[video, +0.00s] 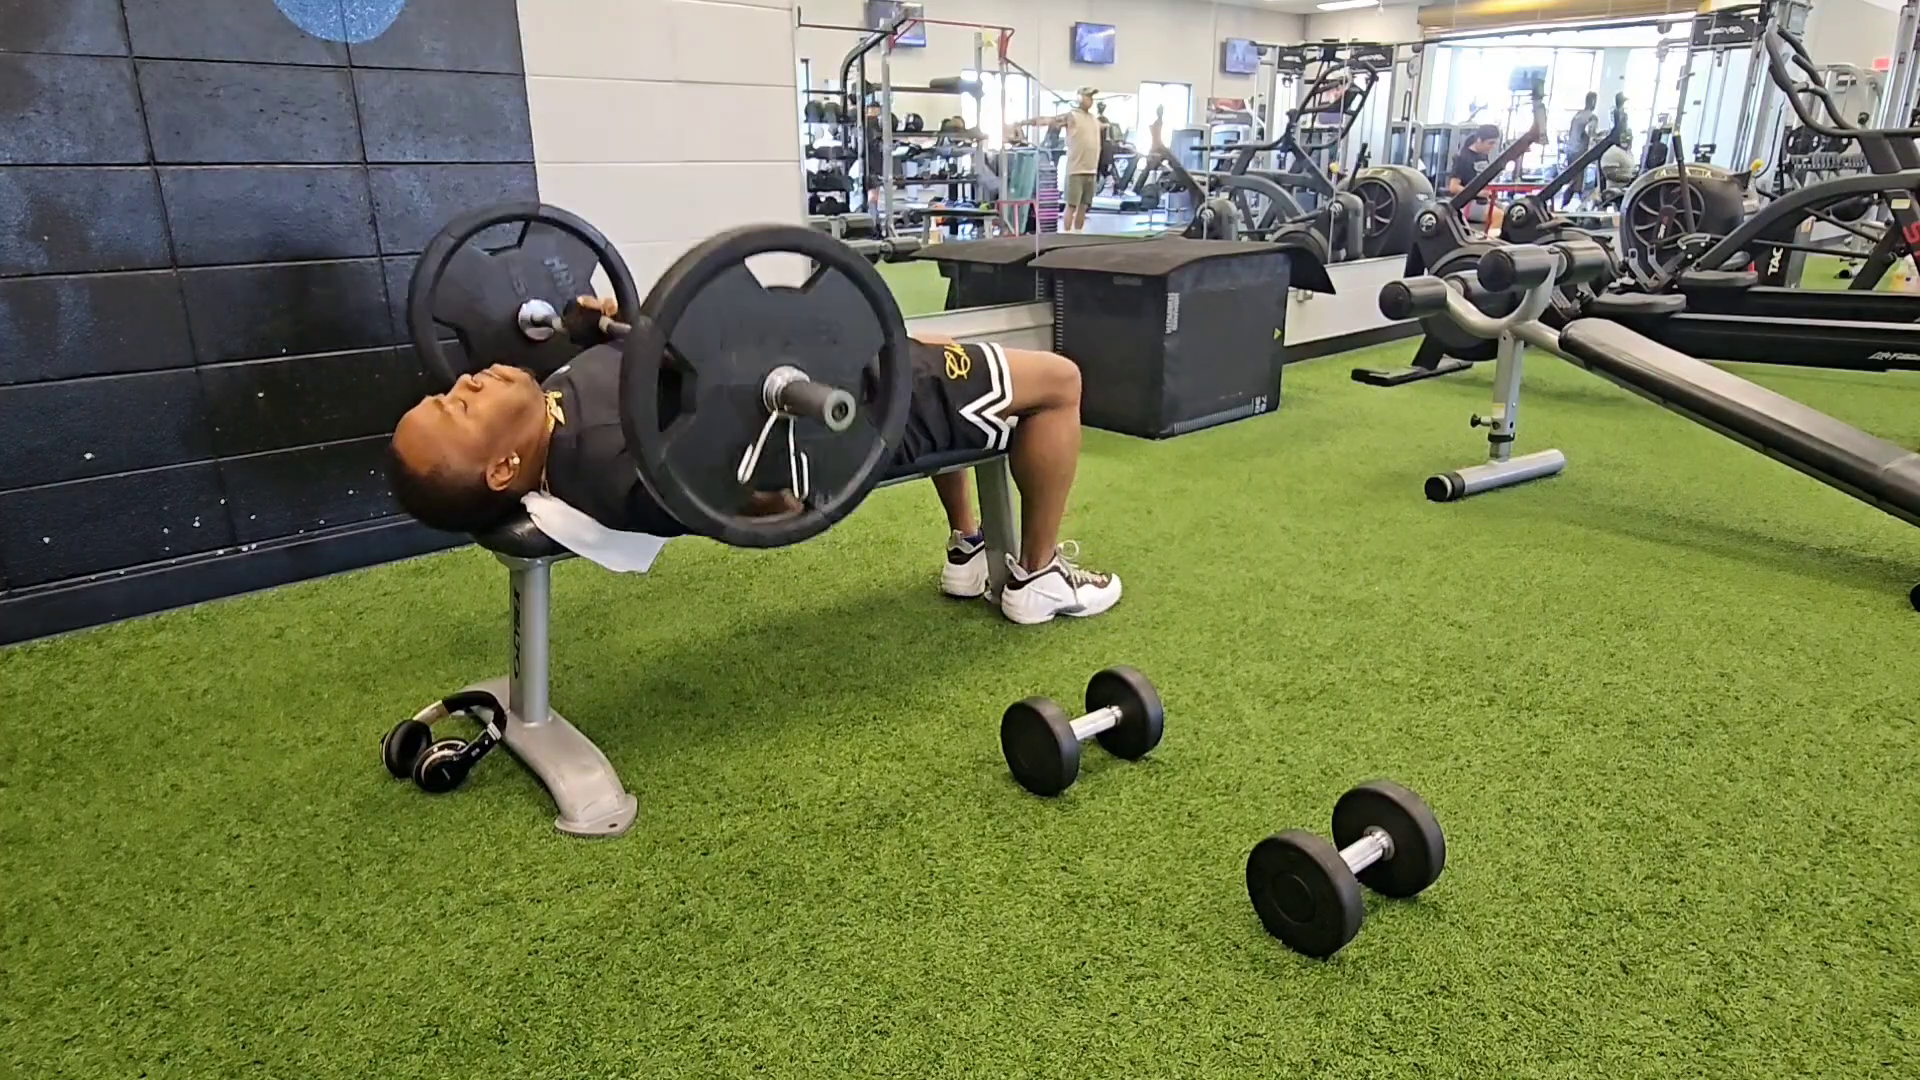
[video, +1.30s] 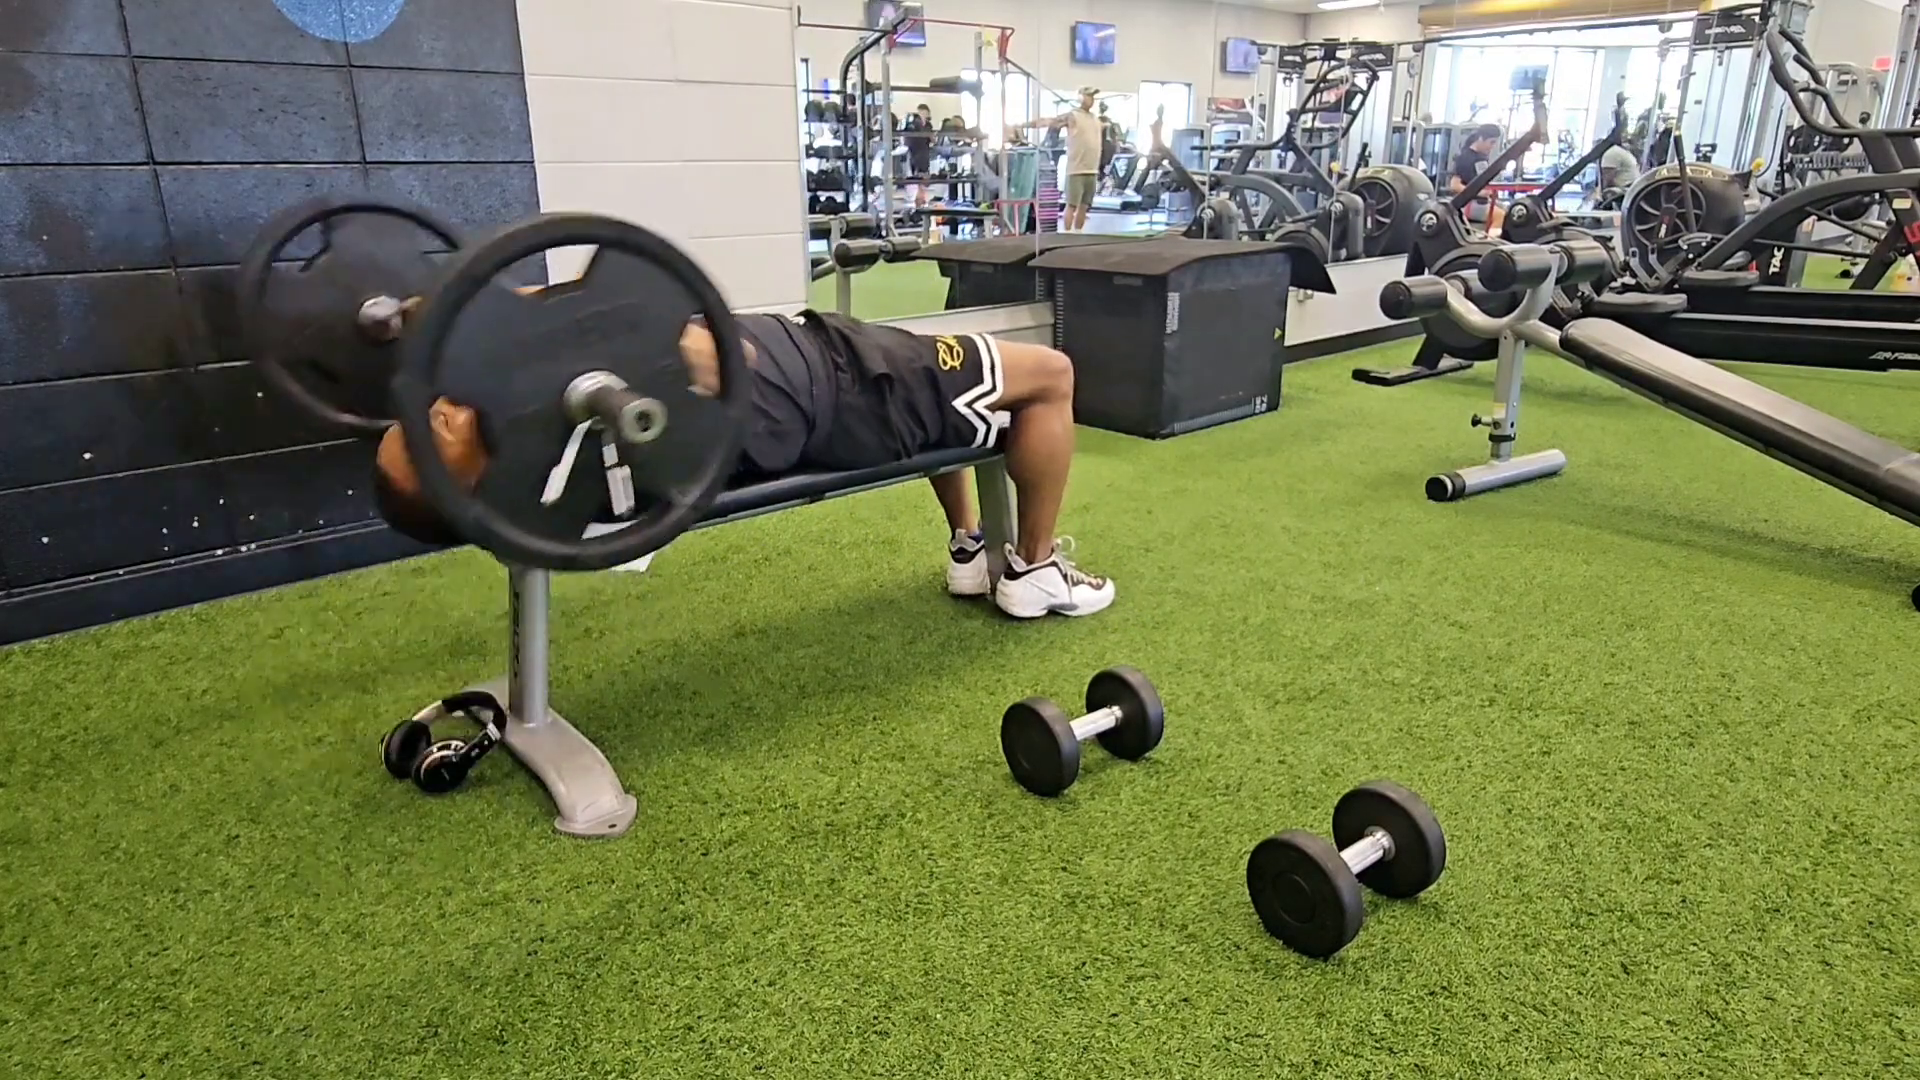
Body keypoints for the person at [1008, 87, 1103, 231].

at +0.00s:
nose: (1091, 100)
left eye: (1091, 97)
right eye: (1088, 97)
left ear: (1090, 100)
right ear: (1080, 98)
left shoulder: (1094, 120)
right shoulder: (1071, 116)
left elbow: (1102, 125)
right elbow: (1048, 121)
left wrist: (1108, 125)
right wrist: (1022, 123)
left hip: (1091, 169)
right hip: (1075, 168)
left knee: (1084, 206)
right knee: (1072, 205)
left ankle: (1078, 235)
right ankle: (1067, 235)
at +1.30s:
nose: (1092, 100)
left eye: (1093, 97)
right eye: (1089, 96)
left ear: (1092, 99)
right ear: (1082, 97)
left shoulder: (1095, 120)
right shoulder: (1072, 116)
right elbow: (1049, 122)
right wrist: (1023, 125)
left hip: (1092, 169)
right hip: (1076, 168)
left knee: (1084, 207)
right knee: (1072, 205)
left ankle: (1077, 235)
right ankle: (1067, 235)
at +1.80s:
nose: (1091, 101)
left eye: (1092, 98)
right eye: (1088, 97)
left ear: (1092, 100)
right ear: (1080, 99)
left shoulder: (1093, 120)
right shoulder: (1071, 117)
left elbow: (1102, 126)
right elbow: (1050, 123)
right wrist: (1025, 127)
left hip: (1090, 169)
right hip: (1075, 169)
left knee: (1083, 207)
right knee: (1075, 205)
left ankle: (1078, 235)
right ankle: (1067, 234)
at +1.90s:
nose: (1088, 100)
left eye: (1089, 98)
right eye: (1086, 97)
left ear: (1088, 100)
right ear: (1078, 99)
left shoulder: (1091, 120)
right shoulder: (1069, 117)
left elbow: (1098, 126)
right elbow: (1047, 124)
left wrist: (1109, 127)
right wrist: (1023, 128)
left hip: (1088, 168)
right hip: (1073, 168)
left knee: (1083, 206)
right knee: (1074, 203)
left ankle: (1078, 234)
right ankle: (1059, 228)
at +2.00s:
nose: (1086, 101)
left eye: (1087, 98)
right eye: (1083, 98)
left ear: (1086, 101)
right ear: (1075, 99)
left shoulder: (1088, 120)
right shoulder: (1066, 117)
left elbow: (1097, 128)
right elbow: (1044, 125)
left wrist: (1107, 127)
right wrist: (1021, 129)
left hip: (1087, 169)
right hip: (1071, 169)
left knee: (1082, 206)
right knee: (1070, 205)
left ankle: (1078, 234)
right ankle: (1053, 226)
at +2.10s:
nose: (1083, 101)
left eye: (1083, 98)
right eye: (1080, 98)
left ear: (1082, 101)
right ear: (1071, 99)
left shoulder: (1084, 121)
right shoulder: (1063, 118)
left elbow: (1095, 130)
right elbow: (1042, 125)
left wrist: (1106, 131)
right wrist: (1020, 130)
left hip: (1083, 170)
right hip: (1066, 170)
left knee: (1080, 205)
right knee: (1064, 205)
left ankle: (1077, 233)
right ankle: (1050, 227)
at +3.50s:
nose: (1044, 104)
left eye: (1045, 101)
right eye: (1041, 101)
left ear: (1046, 103)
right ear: (1034, 102)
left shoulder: (1050, 124)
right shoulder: (1029, 119)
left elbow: (1067, 132)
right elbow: (1025, 130)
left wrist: (1083, 135)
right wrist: (1028, 136)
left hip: (1045, 168)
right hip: (1029, 167)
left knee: (1039, 201)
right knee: (1035, 201)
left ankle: (1028, 229)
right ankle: (1038, 230)